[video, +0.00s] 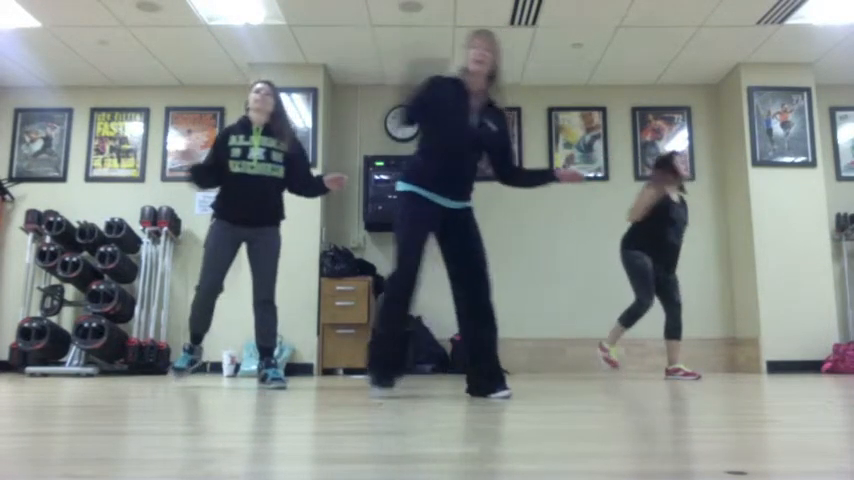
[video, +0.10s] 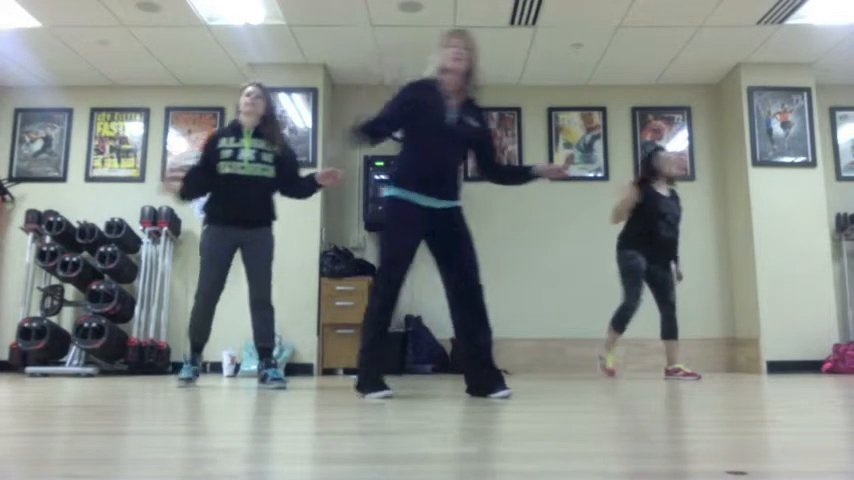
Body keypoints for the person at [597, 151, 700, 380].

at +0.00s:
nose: (676, 174)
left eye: (676, 171)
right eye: (671, 170)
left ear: (676, 174)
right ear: (660, 172)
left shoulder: (679, 198)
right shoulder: (652, 191)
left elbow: (674, 234)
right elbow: (634, 216)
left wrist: (671, 263)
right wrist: (655, 190)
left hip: (662, 259)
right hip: (637, 252)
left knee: (674, 306)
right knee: (645, 300)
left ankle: (674, 364)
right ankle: (608, 343)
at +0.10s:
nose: (672, 163)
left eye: (671, 159)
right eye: (665, 159)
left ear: (670, 165)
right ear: (654, 164)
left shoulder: (673, 196)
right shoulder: (641, 189)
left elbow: (672, 233)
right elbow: (616, 218)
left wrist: (676, 263)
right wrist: (628, 200)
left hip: (659, 256)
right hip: (633, 250)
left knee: (668, 306)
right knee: (632, 300)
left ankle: (673, 364)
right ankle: (608, 350)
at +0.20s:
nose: (656, 162)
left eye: (660, 159)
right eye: (651, 158)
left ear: (665, 165)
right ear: (642, 164)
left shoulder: (668, 196)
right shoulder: (632, 190)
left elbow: (670, 232)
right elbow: (611, 221)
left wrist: (677, 261)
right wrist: (620, 204)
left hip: (657, 256)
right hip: (630, 252)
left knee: (665, 308)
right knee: (624, 305)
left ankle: (673, 364)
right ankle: (607, 360)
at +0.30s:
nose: (639, 162)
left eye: (643, 159)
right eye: (635, 159)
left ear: (650, 165)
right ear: (626, 163)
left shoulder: (653, 196)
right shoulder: (615, 191)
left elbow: (657, 232)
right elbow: (600, 221)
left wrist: (674, 262)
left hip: (646, 257)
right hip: (618, 255)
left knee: (661, 306)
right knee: (615, 308)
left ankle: (672, 363)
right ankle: (606, 363)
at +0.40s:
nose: (632, 162)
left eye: (636, 159)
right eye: (628, 158)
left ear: (642, 165)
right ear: (619, 164)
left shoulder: (648, 195)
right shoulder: (607, 192)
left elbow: (653, 230)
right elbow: (594, 224)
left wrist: (669, 262)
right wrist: (599, 235)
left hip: (640, 257)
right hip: (612, 256)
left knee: (662, 305)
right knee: (611, 309)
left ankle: (672, 362)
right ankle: (605, 364)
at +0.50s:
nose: (625, 161)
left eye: (629, 157)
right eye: (620, 157)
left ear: (636, 164)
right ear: (613, 164)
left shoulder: (643, 193)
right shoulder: (601, 192)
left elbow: (650, 229)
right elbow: (590, 227)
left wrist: (663, 260)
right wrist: (598, 234)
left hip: (636, 255)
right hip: (608, 256)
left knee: (663, 300)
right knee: (609, 308)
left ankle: (671, 359)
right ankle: (605, 364)